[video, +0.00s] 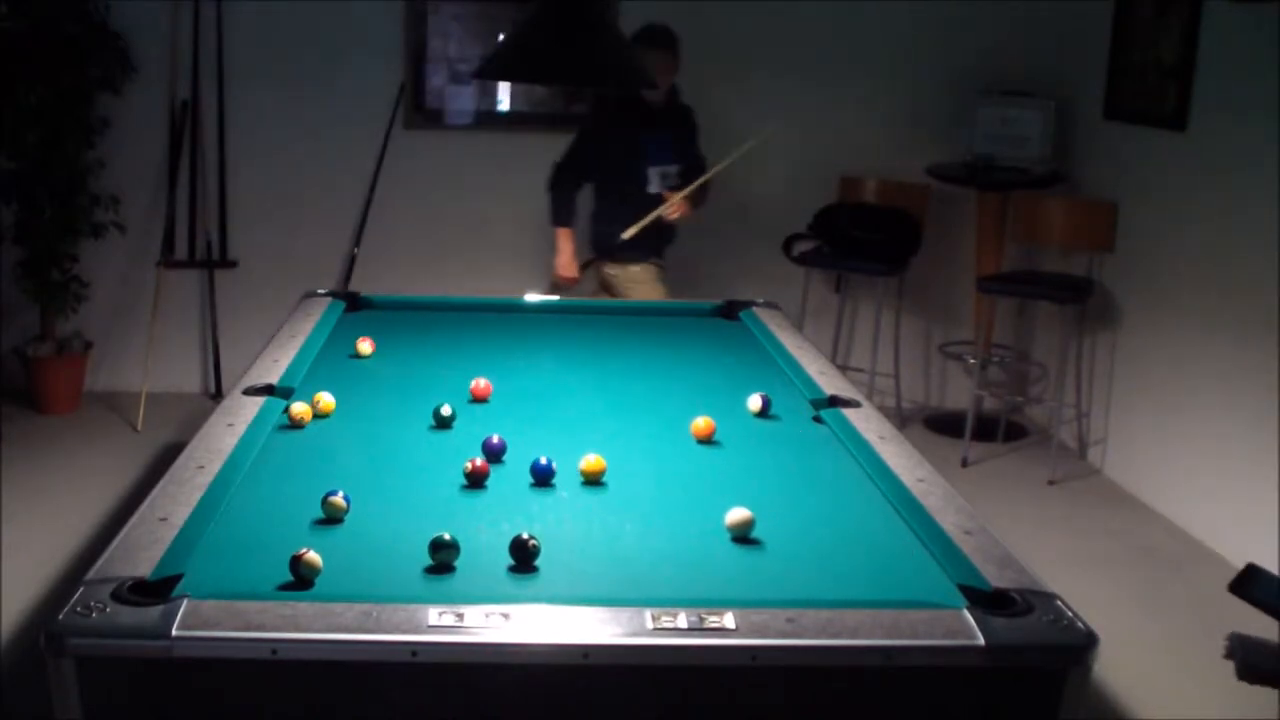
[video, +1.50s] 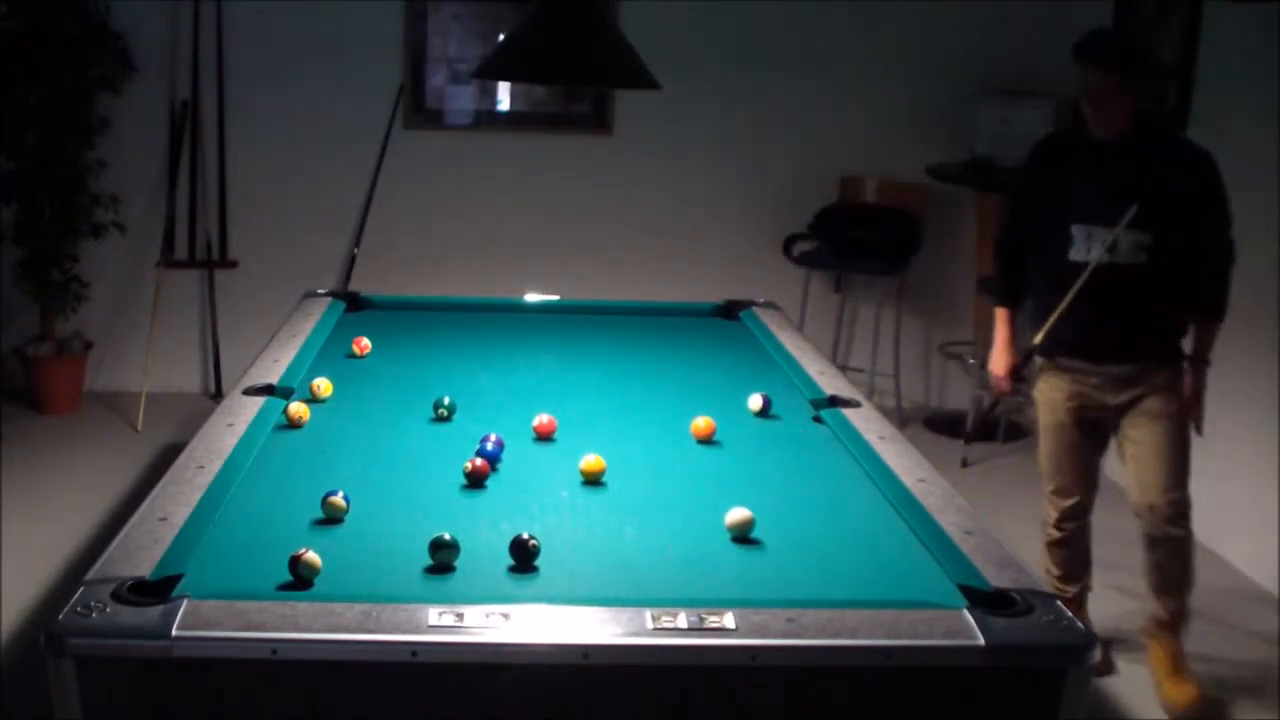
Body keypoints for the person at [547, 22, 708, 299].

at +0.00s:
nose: (659, 72)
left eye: (666, 63)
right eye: (652, 62)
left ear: (676, 65)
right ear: (635, 64)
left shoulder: (679, 115)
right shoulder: (614, 111)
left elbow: (698, 176)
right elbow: (564, 179)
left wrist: (686, 200)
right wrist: (564, 252)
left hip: (650, 253)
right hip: (621, 254)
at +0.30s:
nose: (760, 77)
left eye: (766, 66)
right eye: (751, 67)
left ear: (778, 68)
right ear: (735, 68)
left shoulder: (793, 116)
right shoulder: (711, 119)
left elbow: (813, 185)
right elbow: (667, 184)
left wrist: (825, 240)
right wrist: (671, 258)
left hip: (789, 274)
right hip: (734, 276)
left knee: (802, 377)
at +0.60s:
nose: (859, 89)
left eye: (868, 79)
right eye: (850, 79)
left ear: (886, 81)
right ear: (837, 79)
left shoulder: (906, 133)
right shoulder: (814, 132)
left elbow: (919, 204)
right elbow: (765, 187)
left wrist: (917, 267)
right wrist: (767, 261)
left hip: (894, 294)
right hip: (827, 295)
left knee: (915, 399)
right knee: (793, 395)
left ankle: (937, 500)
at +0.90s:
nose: (962, 80)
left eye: (973, 70)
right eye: (953, 69)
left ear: (990, 73)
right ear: (938, 69)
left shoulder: (1011, 136)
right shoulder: (908, 129)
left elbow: (1035, 215)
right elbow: (863, 201)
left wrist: (1047, 289)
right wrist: (861, 273)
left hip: (985, 298)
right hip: (921, 295)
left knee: (971, 422)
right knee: (944, 418)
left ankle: (941, 521)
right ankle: (896, 509)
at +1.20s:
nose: (1033, 109)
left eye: (1044, 96)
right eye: (1023, 96)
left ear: (1066, 97)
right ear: (1010, 94)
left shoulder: (1100, 162)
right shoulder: (985, 161)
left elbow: (1121, 254)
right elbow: (945, 246)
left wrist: (1115, 339)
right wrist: (939, 330)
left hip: (1077, 334)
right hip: (1011, 331)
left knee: (1033, 452)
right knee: (1049, 472)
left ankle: (955, 508)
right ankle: (1066, 604)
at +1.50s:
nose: (1099, 100)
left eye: (1111, 88)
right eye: (1090, 86)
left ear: (1137, 89)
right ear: (1077, 87)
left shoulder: (1184, 164)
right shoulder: (1050, 158)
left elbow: (1213, 269)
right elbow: (1011, 249)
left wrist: (1198, 365)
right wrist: (1001, 336)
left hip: (1153, 374)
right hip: (1063, 370)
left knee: (1164, 510)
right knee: (1063, 512)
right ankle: (1068, 635)